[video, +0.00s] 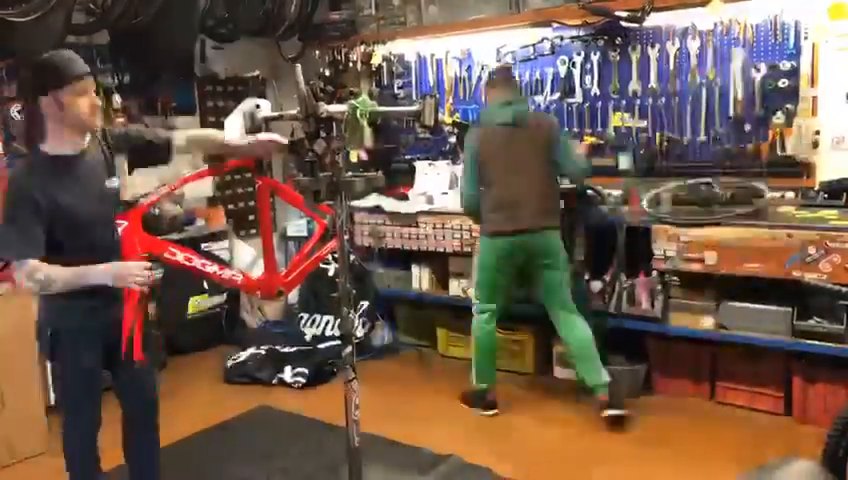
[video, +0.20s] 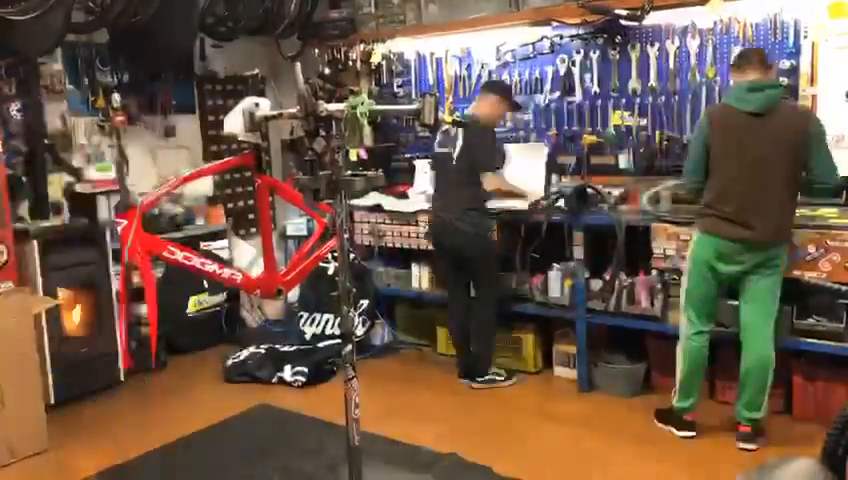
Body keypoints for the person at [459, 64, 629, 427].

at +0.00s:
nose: (484, 98)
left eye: (485, 93)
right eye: (487, 92)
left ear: (489, 92)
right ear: (518, 89)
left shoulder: (478, 135)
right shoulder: (545, 125)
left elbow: (469, 200)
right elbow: (576, 169)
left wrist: (489, 220)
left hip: (499, 236)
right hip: (545, 231)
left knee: (484, 311)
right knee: (564, 310)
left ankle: (484, 391)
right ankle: (603, 389)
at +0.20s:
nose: (504, 117)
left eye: (506, 111)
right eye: (504, 110)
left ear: (484, 100)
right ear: (492, 101)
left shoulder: (447, 130)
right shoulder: (481, 131)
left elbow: (443, 177)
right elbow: (491, 182)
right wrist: (523, 194)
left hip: (441, 220)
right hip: (469, 222)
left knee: (457, 293)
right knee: (487, 291)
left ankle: (467, 364)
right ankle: (480, 368)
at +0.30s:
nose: (488, 121)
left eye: (486, 116)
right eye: (488, 117)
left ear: (462, 112)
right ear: (485, 113)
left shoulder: (440, 136)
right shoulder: (484, 131)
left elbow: (432, 181)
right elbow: (506, 179)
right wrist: (510, 198)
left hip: (445, 224)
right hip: (477, 224)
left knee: (458, 293)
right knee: (476, 297)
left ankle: (455, 365)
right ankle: (471, 367)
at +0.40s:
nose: (462, 101)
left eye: (468, 95)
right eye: (457, 94)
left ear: (474, 98)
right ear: (446, 94)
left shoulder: (460, 133)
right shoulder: (430, 133)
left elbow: (452, 176)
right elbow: (421, 182)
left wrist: (475, 186)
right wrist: (466, 185)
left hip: (447, 219)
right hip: (433, 221)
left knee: (438, 294)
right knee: (452, 294)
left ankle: (434, 362)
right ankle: (465, 366)